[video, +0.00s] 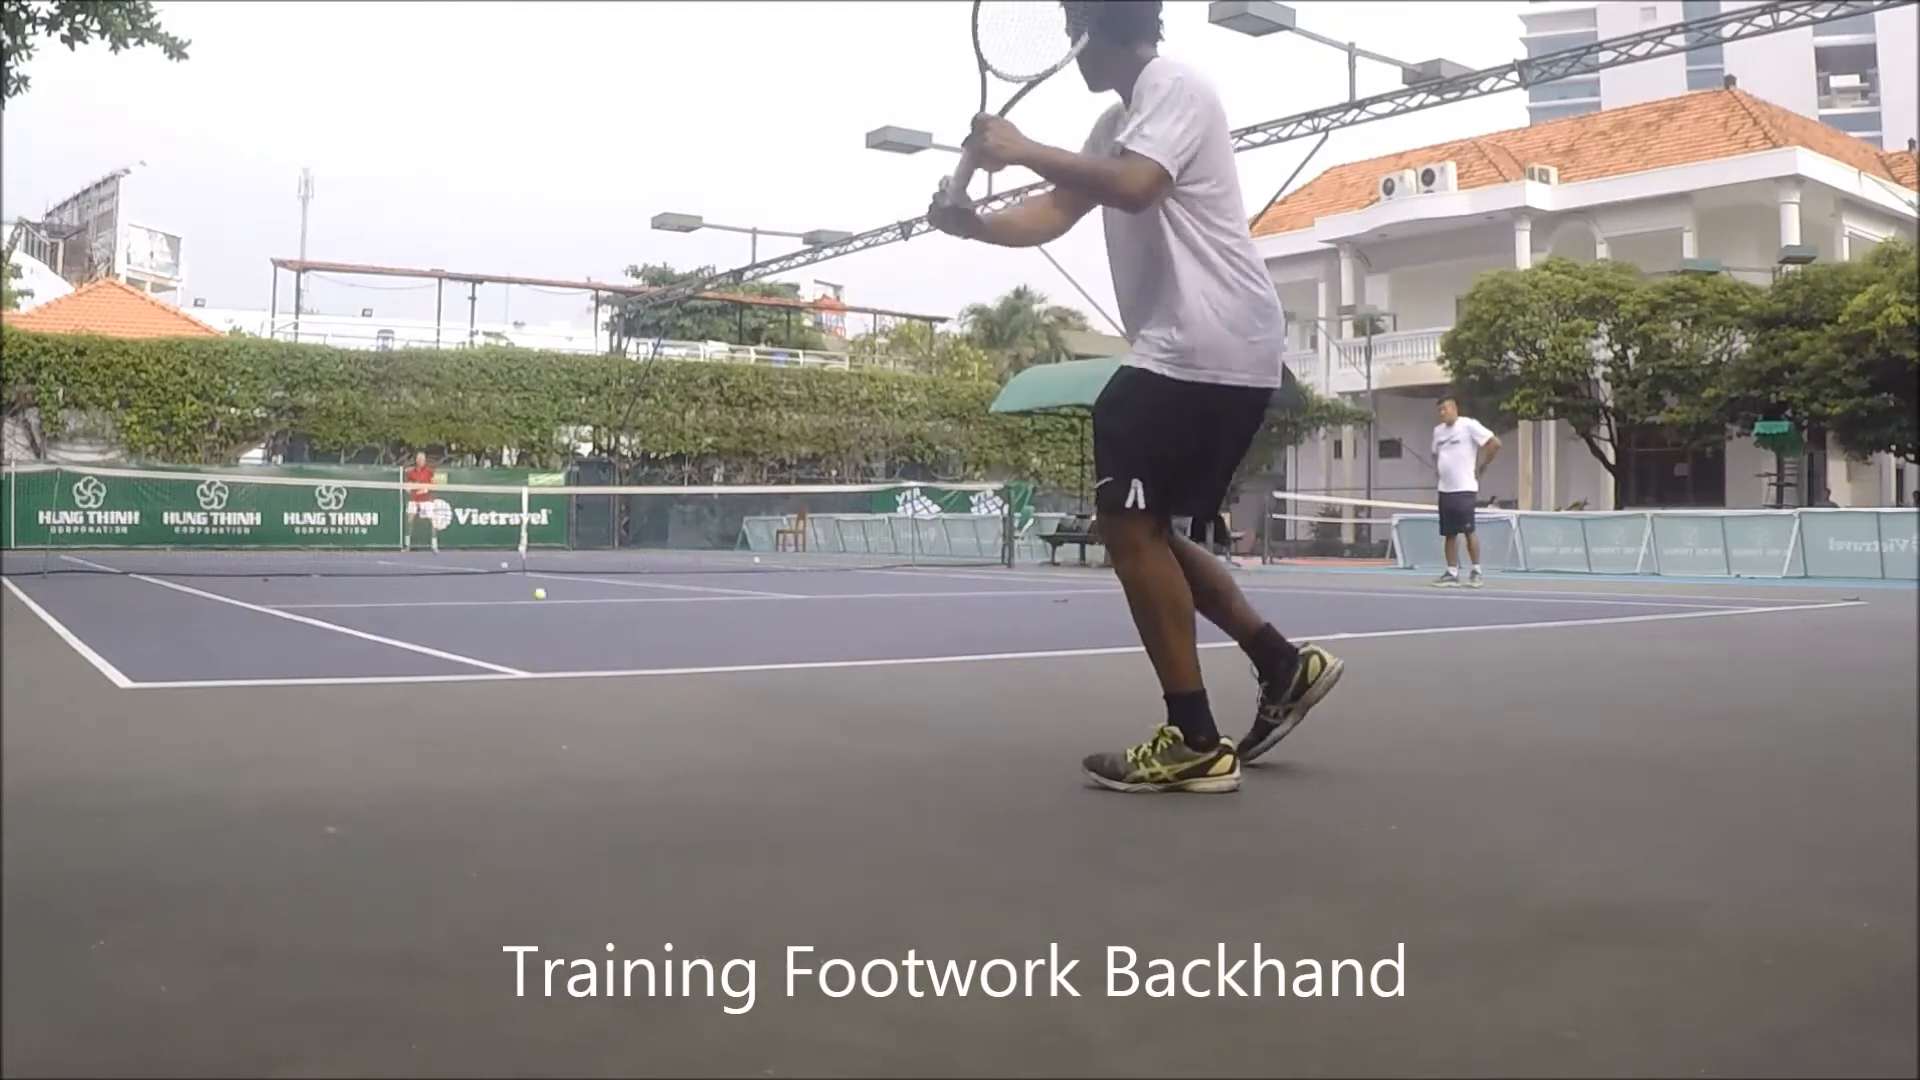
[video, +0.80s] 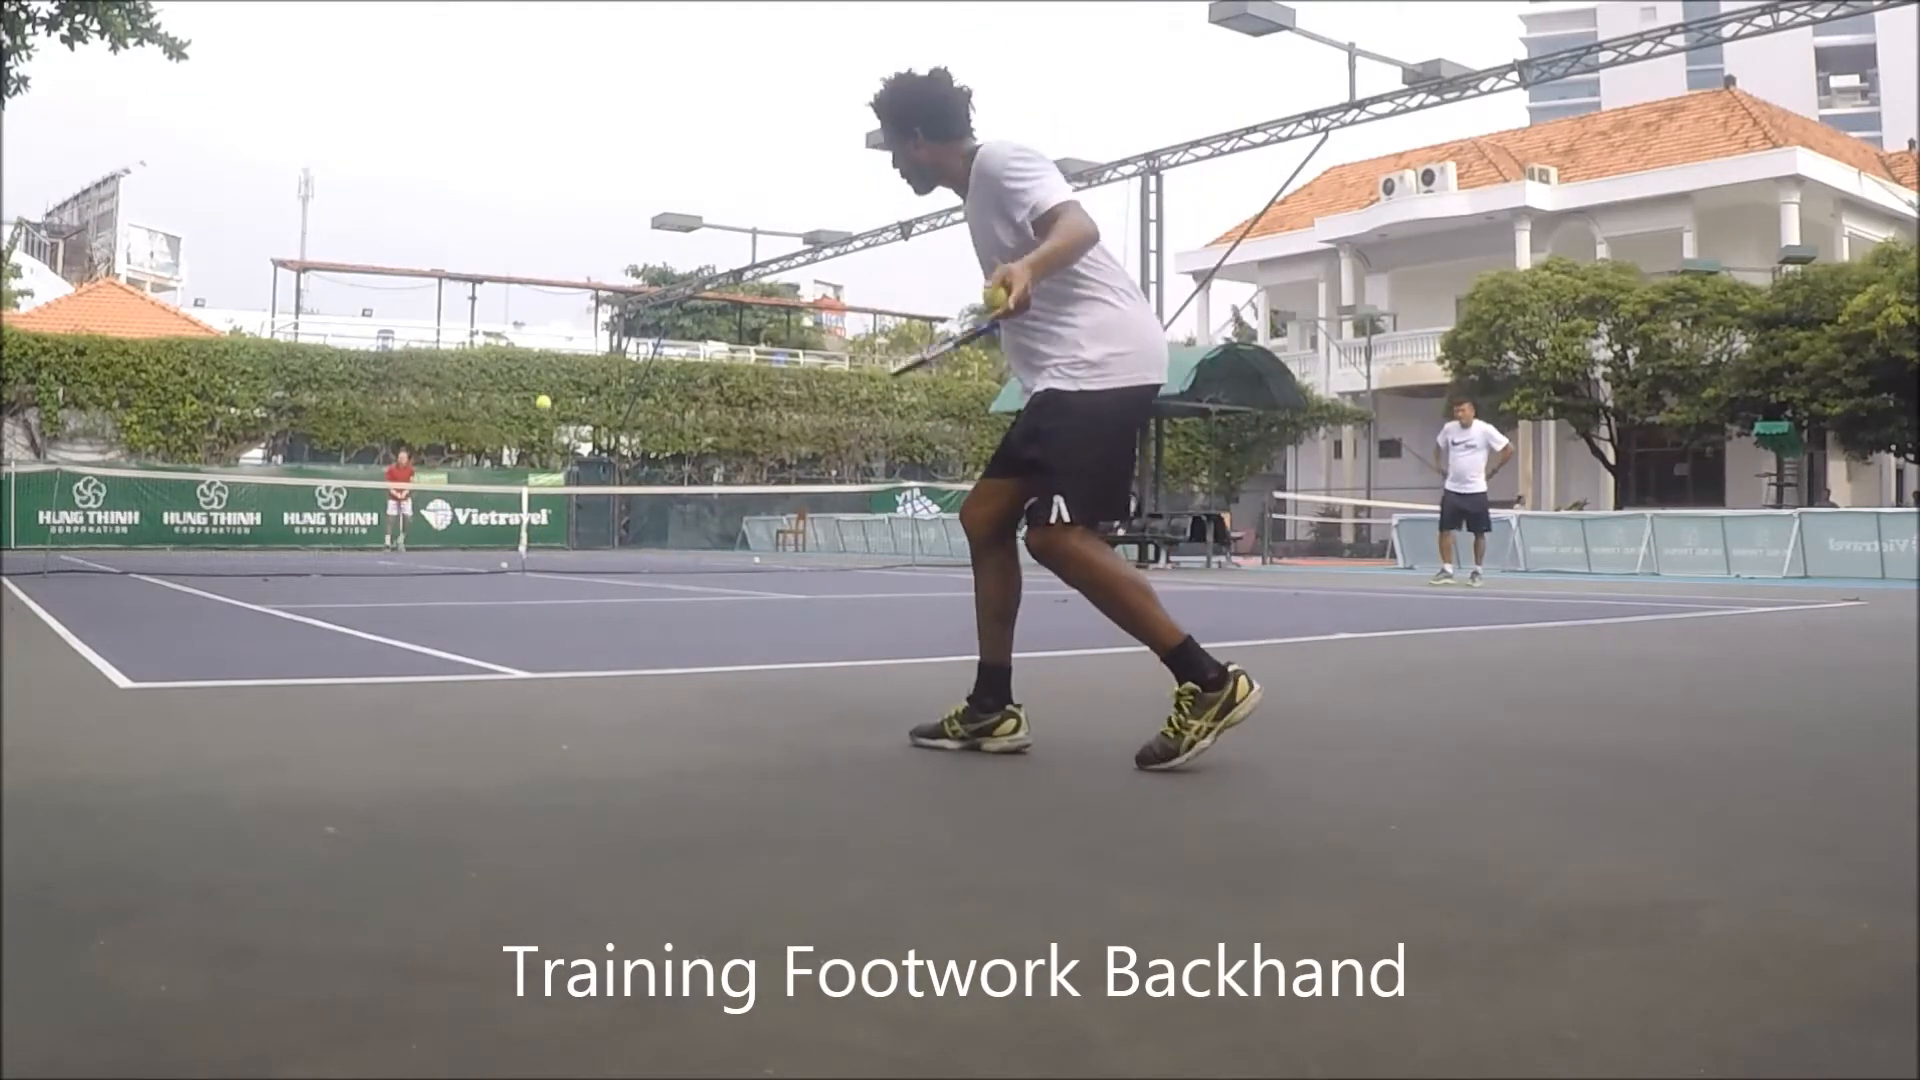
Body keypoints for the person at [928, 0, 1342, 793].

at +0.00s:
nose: (1075, 51)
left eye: (1080, 34)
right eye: (1074, 36)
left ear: (1112, 30)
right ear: (1136, 31)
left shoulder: (1178, 84)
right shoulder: (1113, 122)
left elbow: (1133, 182)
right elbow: (1053, 210)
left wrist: (1024, 150)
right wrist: (976, 221)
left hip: (1204, 348)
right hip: (1213, 351)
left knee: (1130, 526)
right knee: (1151, 533)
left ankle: (1194, 739)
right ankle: (1283, 665)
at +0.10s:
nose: (1062, 57)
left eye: (1069, 40)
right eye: (1057, 44)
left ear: (1105, 29)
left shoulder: (1165, 76)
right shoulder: (1095, 122)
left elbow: (1129, 159)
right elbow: (1019, 202)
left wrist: (1016, 109)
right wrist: (952, 189)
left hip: (1202, 335)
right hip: (1157, 339)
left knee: (1133, 524)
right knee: (1085, 511)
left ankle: (1193, 736)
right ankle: (1188, 685)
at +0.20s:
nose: (1051, 65)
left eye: (1064, 45)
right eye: (1040, 49)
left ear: (1103, 31)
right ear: (1031, 43)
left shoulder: (1147, 71)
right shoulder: (1064, 131)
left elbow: (1120, 134)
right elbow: (987, 197)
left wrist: (1013, 77)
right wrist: (929, 155)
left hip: (1188, 325)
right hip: (1135, 337)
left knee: (1140, 527)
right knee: (1067, 508)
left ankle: (1198, 740)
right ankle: (1077, 703)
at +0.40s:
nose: (964, 115)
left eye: (971, 95)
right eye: (958, 100)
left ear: (1012, 85)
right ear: (972, 102)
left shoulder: (1089, 118)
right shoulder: (996, 177)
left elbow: (1094, 178)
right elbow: (916, 198)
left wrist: (1034, 86)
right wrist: (919, 111)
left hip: (1149, 354)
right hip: (1092, 368)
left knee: (1109, 536)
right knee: (1004, 519)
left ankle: (1194, 738)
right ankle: (993, 708)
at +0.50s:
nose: (927, 169)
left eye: (927, 154)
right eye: (923, 159)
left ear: (951, 144)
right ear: (978, 143)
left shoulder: (1045, 162)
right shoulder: (964, 221)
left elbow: (1098, 254)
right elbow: (900, 262)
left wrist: (1007, 215)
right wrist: (881, 209)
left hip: (1133, 365)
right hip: (1073, 383)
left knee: (1081, 537)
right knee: (974, 520)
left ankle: (1189, 732)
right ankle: (989, 710)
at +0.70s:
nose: (881, 187)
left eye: (880, 170)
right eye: (875, 173)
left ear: (911, 159)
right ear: (917, 160)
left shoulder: (1004, 172)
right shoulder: (952, 249)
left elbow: (1095, 219)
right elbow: (970, 341)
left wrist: (1053, 240)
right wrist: (970, 422)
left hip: (1115, 363)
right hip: (1063, 380)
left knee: (1060, 535)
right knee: (976, 519)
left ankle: (1200, 700)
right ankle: (991, 708)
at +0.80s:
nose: (898, 166)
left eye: (895, 149)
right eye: (892, 152)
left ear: (921, 141)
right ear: (938, 136)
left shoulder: (1001, 161)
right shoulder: (983, 193)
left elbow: (1079, 226)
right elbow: (1044, 268)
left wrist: (1027, 268)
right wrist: (1007, 311)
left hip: (1107, 362)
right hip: (1066, 373)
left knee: (1053, 538)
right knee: (985, 518)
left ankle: (1207, 681)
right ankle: (991, 706)